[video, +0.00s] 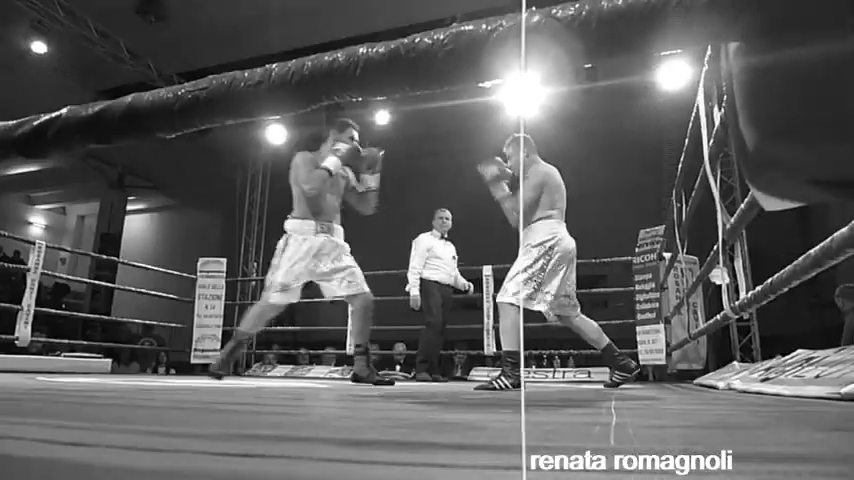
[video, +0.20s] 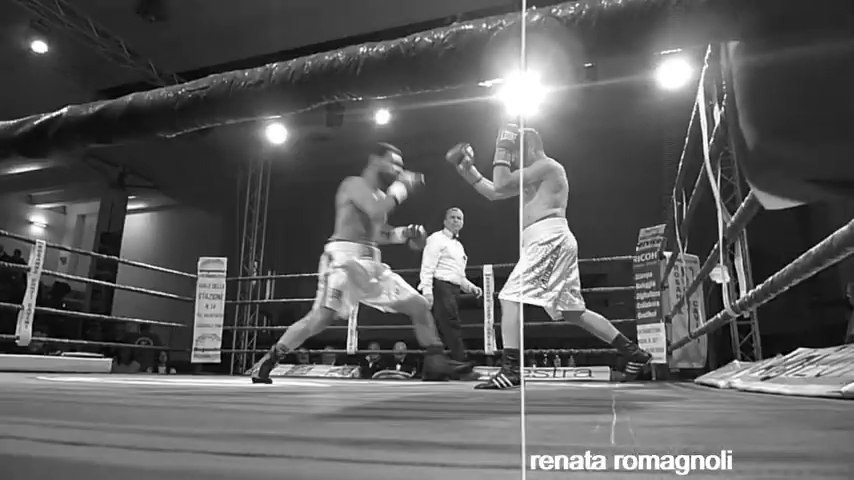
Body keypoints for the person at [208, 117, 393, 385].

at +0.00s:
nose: (351, 148)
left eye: (354, 143)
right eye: (347, 141)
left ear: (351, 147)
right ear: (331, 139)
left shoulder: (344, 174)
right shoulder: (304, 160)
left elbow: (367, 207)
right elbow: (310, 187)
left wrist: (371, 173)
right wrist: (335, 160)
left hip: (333, 245)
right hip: (299, 242)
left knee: (363, 300)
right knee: (273, 303)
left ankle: (362, 367)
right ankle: (227, 355)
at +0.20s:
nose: (397, 170)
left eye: (399, 167)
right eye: (393, 164)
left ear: (390, 168)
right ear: (375, 161)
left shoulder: (380, 197)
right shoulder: (352, 184)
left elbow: (377, 235)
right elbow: (375, 209)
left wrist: (404, 235)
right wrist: (401, 187)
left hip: (371, 263)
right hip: (343, 259)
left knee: (419, 306)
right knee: (320, 318)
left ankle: (437, 361)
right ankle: (268, 362)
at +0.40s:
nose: (455, 210)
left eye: (455, 205)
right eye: (452, 204)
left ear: (441, 204)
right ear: (437, 201)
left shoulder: (428, 231)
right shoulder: (423, 208)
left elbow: (428, 265)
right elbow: (432, 232)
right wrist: (455, 225)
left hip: (408, 278)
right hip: (386, 269)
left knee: (453, 310)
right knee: (373, 331)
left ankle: (465, 370)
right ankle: (312, 353)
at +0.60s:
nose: (458, 187)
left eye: (458, 183)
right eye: (454, 182)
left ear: (442, 185)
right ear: (439, 182)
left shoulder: (434, 215)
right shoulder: (425, 193)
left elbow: (438, 258)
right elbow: (434, 215)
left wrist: (455, 236)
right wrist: (461, 202)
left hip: (416, 265)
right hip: (397, 259)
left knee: (459, 305)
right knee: (388, 316)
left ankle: (466, 367)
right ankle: (324, 356)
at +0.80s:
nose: (439, 170)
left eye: (440, 165)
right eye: (435, 164)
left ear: (435, 168)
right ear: (417, 163)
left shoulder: (425, 199)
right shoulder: (389, 189)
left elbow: (433, 241)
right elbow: (397, 222)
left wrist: (447, 213)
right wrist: (425, 194)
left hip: (406, 263)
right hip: (379, 259)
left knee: (451, 307)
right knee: (370, 313)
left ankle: (465, 366)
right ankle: (324, 358)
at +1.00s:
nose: (406, 139)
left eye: (408, 134)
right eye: (402, 132)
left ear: (404, 139)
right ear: (384, 133)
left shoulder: (401, 171)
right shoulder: (361, 161)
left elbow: (422, 205)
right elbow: (377, 183)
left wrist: (424, 171)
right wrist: (405, 159)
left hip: (397, 240)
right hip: (366, 240)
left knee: (429, 297)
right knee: (348, 304)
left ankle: (443, 358)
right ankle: (318, 361)